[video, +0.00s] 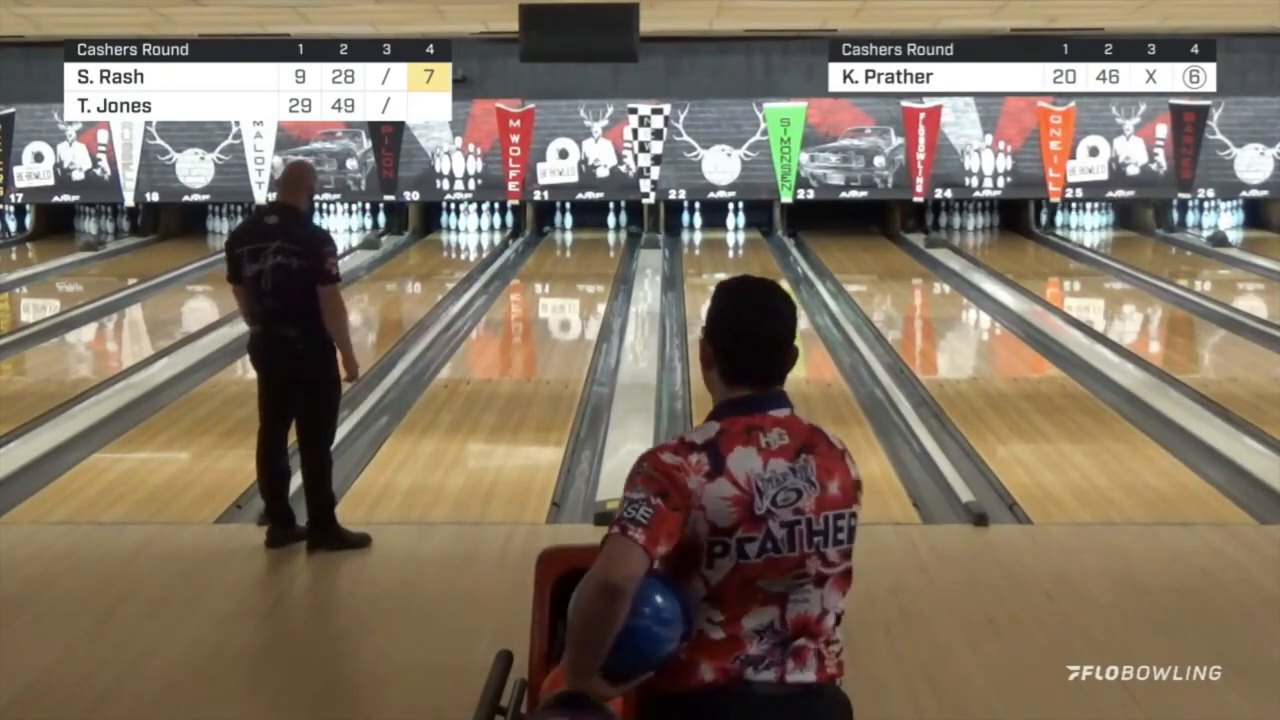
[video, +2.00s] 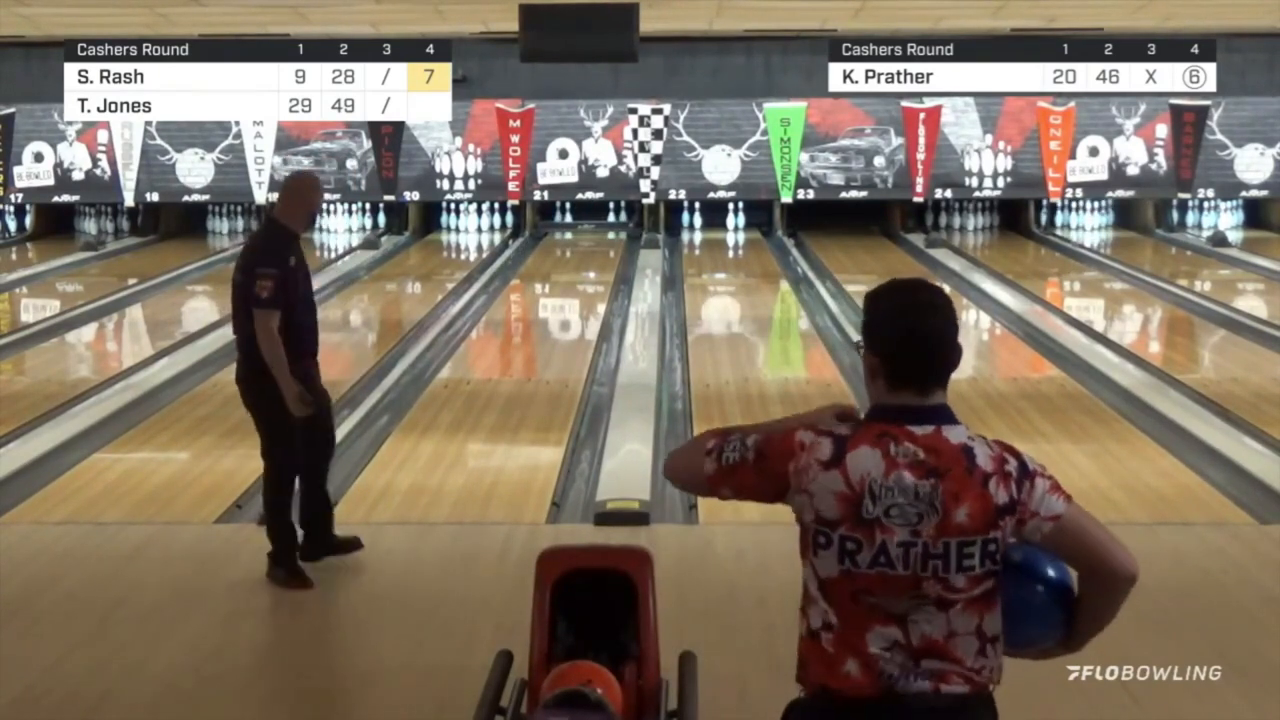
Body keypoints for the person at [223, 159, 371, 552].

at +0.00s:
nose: (314, 196)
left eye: (312, 189)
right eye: (313, 190)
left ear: (279, 186)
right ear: (307, 191)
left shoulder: (242, 233)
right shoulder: (314, 237)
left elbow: (240, 293)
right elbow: (330, 302)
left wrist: (260, 330)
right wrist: (347, 353)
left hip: (266, 347)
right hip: (312, 348)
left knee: (272, 435)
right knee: (316, 441)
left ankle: (280, 525)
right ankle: (324, 527)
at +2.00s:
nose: (318, 212)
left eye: (319, 204)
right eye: (314, 203)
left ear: (292, 201)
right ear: (295, 202)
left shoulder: (286, 246)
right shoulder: (268, 251)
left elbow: (291, 320)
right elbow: (265, 331)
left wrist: (310, 374)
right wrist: (289, 389)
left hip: (297, 370)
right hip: (267, 376)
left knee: (318, 448)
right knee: (282, 461)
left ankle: (318, 537)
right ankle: (282, 557)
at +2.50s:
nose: (304, 218)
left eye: (310, 209)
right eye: (297, 209)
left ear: (315, 213)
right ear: (276, 211)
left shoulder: (328, 267)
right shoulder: (241, 267)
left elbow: (348, 330)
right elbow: (224, 332)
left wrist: (368, 383)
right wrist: (235, 387)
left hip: (313, 395)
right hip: (258, 397)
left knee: (315, 492)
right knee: (269, 489)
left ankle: (316, 594)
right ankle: (285, 560)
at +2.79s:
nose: (265, 215)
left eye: (275, 207)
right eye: (259, 205)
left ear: (294, 210)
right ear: (249, 206)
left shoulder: (321, 263)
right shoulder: (228, 264)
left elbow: (351, 326)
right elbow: (200, 327)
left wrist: (362, 382)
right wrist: (172, 386)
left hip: (305, 403)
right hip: (246, 403)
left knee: (311, 506)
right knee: (240, 508)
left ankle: (313, 604)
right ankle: (263, 602)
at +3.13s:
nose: (210, 226)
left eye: (219, 217)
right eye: (202, 218)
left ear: (240, 216)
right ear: (193, 220)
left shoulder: (274, 273)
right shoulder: (184, 281)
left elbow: (302, 343)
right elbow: (178, 349)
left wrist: (296, 402)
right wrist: (161, 410)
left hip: (265, 420)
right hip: (204, 422)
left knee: (285, 518)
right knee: (207, 538)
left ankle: (306, 593)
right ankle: (215, 645)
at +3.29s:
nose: (191, 227)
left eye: (200, 218)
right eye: (183, 218)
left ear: (220, 216)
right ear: (173, 220)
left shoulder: (257, 275)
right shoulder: (161, 281)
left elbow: (282, 353)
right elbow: (151, 358)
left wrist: (287, 423)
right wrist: (141, 428)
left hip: (247, 428)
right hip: (185, 431)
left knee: (261, 534)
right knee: (197, 548)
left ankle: (275, 605)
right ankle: (215, 648)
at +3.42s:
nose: (186, 229)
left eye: (195, 220)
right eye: (178, 220)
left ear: (215, 219)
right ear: (165, 221)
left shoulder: (248, 279)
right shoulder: (146, 284)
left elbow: (279, 354)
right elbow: (129, 359)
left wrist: (293, 424)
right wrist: (121, 426)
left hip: (236, 432)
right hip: (174, 434)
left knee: (232, 548)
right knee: (190, 549)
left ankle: (244, 666)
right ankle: (211, 648)